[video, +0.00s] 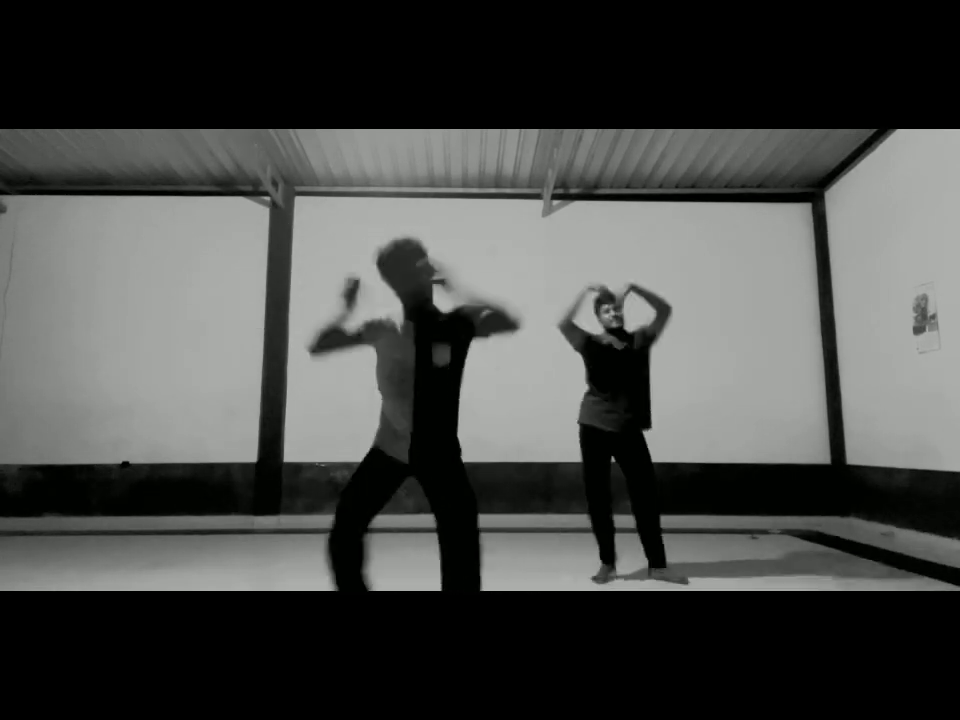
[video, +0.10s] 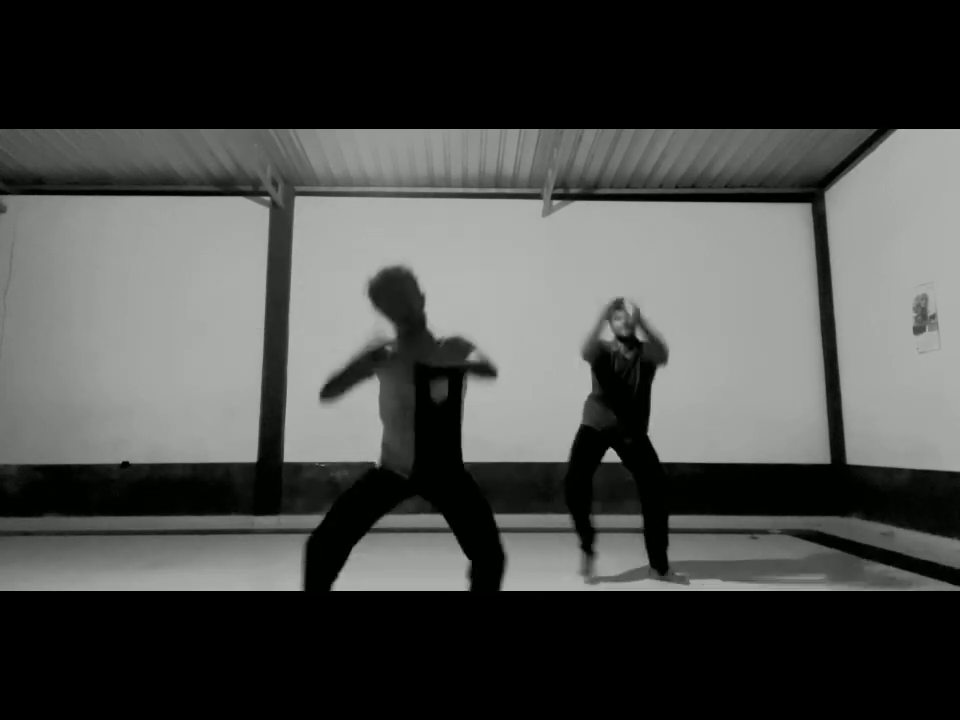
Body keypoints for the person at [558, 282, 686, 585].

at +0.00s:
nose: (612, 312)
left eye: (615, 307)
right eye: (605, 309)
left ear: (622, 311)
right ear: (597, 316)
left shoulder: (640, 341)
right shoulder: (591, 344)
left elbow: (664, 310)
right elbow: (563, 324)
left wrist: (635, 288)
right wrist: (584, 294)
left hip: (629, 429)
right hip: (595, 428)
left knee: (645, 494)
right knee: (597, 496)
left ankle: (657, 565)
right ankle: (607, 563)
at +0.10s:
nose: (623, 323)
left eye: (627, 319)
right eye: (617, 319)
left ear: (635, 324)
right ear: (610, 325)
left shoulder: (647, 354)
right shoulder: (602, 351)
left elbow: (662, 354)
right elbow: (587, 350)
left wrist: (641, 323)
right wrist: (602, 319)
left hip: (632, 432)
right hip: (596, 428)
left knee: (655, 488)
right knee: (575, 483)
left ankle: (659, 565)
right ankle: (587, 549)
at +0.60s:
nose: (557, 360)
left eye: (560, 354)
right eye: (552, 356)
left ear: (569, 352)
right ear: (545, 359)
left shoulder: (598, 379)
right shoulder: (539, 391)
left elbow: (649, 378)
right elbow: (495, 396)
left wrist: (693, 370)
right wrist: (452, 389)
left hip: (606, 460)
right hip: (564, 462)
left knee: (654, 505)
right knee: (519, 500)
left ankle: (664, 572)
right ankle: (521, 571)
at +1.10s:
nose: (501, 356)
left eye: (501, 348)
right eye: (493, 354)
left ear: (510, 343)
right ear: (488, 358)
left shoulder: (545, 360)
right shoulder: (494, 384)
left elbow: (596, 356)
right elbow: (446, 387)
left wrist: (642, 352)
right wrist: (406, 377)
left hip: (576, 432)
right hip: (540, 449)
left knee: (633, 445)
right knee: (506, 502)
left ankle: (634, 511)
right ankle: (512, 571)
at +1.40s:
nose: (538, 341)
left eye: (540, 335)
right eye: (535, 336)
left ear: (551, 331)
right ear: (535, 337)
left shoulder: (576, 359)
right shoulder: (539, 365)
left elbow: (550, 381)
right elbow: (511, 381)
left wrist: (511, 398)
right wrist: (476, 395)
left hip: (595, 441)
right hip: (565, 441)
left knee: (585, 506)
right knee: (531, 495)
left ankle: (603, 580)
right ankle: (513, 571)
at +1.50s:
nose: (550, 324)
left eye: (553, 318)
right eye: (550, 318)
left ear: (566, 318)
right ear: (566, 317)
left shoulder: (580, 342)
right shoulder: (570, 340)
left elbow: (549, 353)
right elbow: (533, 338)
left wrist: (506, 354)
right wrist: (497, 341)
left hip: (604, 432)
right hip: (583, 430)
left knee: (590, 499)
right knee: (545, 475)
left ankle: (602, 573)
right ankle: (539, 548)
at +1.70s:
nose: (576, 303)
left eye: (578, 299)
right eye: (582, 298)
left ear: (579, 303)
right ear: (605, 301)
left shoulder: (572, 331)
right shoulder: (616, 325)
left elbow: (542, 302)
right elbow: (613, 287)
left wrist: (535, 270)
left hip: (601, 428)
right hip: (630, 419)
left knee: (602, 503)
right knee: (618, 443)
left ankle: (621, 577)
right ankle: (628, 494)